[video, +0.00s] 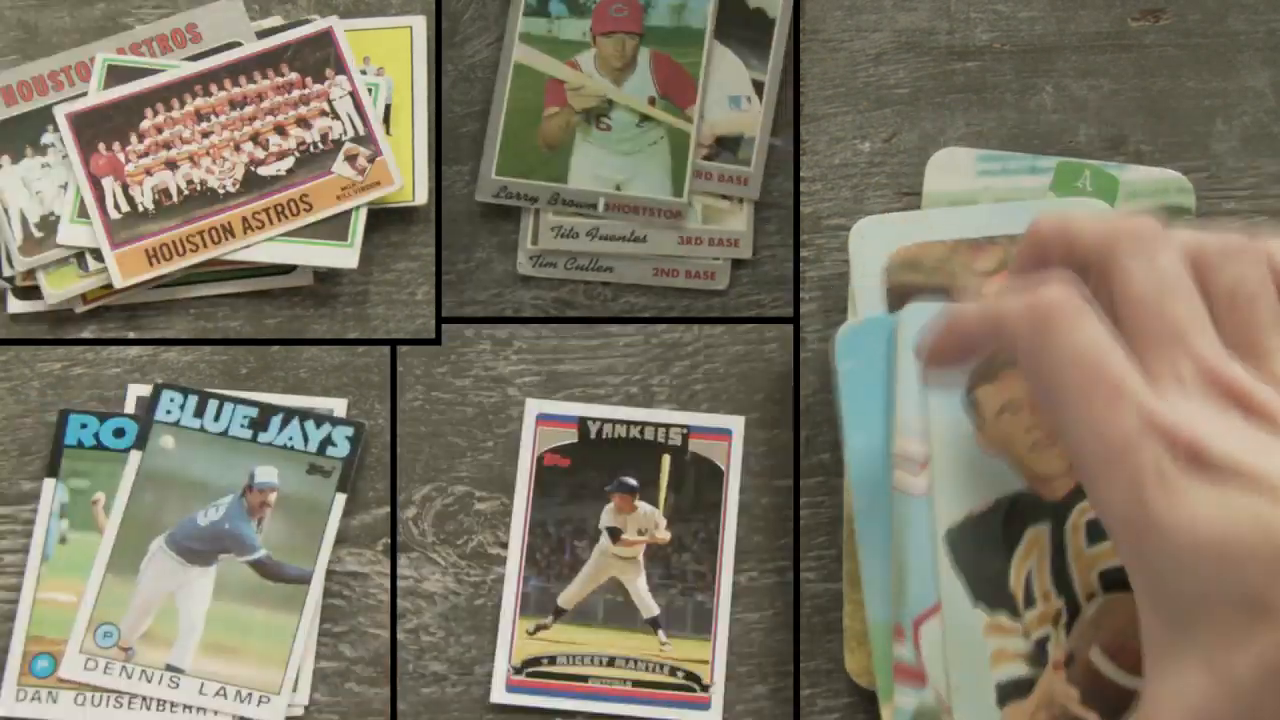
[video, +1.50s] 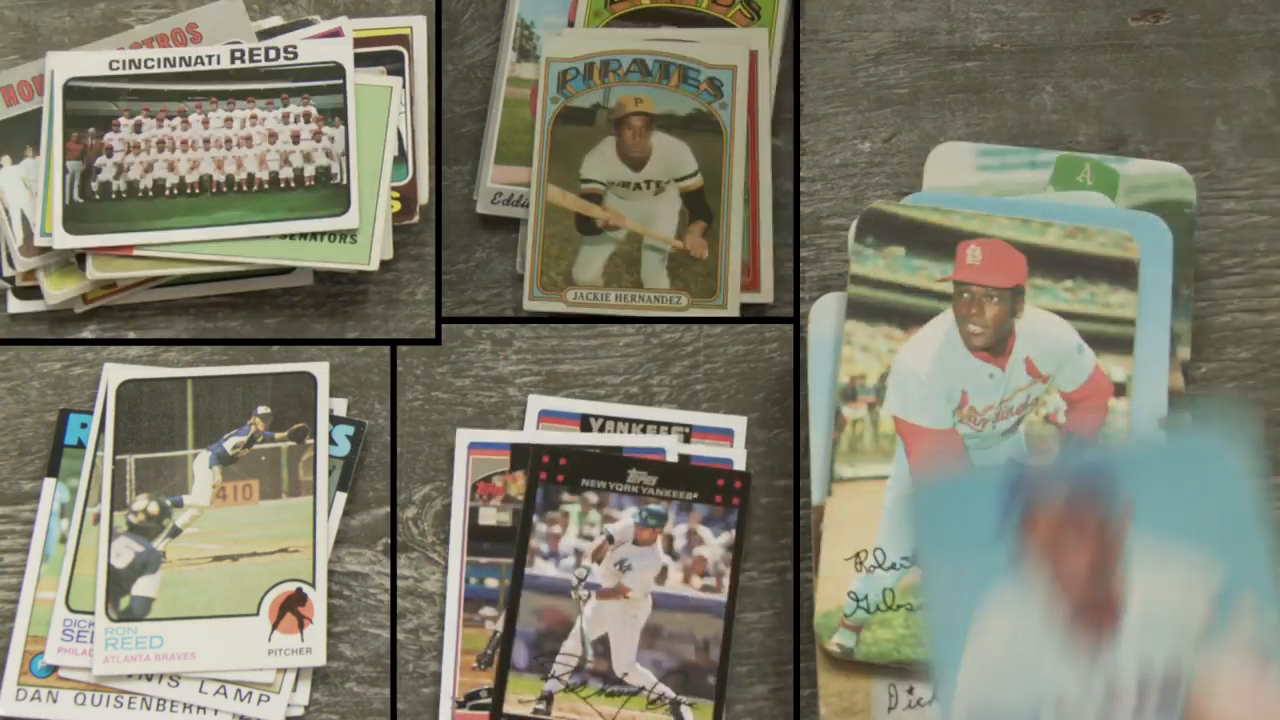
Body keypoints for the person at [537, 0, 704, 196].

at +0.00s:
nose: (621, 47)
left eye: (630, 38)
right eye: (611, 37)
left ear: (639, 40)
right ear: (594, 39)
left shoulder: (660, 66)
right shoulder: (571, 71)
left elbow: (704, 114)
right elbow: (548, 141)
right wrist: (573, 110)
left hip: (649, 156)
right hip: (591, 154)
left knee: (649, 235)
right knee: (582, 233)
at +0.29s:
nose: (620, 46)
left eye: (630, 36)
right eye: (609, 36)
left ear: (640, 40)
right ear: (593, 39)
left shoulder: (659, 67)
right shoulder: (570, 72)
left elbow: (702, 113)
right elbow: (547, 141)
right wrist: (572, 109)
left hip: (649, 156)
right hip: (591, 155)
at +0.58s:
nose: (603, 44)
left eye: (612, 33)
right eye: (591, 34)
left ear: (621, 36)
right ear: (573, 38)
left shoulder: (652, 78)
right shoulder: (553, 91)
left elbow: (673, 137)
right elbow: (558, 155)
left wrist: (673, 161)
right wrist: (575, 176)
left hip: (641, 199)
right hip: (584, 199)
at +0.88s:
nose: (674, 58)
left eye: (679, 53)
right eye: (669, 52)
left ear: (682, 56)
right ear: (658, 51)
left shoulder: (682, 86)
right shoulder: (629, 73)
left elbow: (677, 123)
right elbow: (598, 106)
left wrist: (690, 130)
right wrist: (618, 139)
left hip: (649, 134)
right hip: (620, 133)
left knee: (648, 186)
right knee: (629, 189)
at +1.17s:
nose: (655, 139)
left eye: (666, 128)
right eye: (649, 129)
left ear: (692, 129)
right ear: (644, 133)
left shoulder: (731, 165)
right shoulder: (638, 180)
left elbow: (772, 225)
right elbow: (622, 238)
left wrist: (745, 262)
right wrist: (594, 263)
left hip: (738, 275)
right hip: (686, 275)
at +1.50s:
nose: (637, 136)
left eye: (645, 129)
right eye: (630, 129)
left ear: (652, 130)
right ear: (616, 131)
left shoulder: (677, 153)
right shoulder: (598, 158)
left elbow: (700, 209)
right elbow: (582, 223)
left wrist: (694, 233)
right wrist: (600, 221)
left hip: (662, 204)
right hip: (616, 202)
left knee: (653, 274)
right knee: (584, 273)